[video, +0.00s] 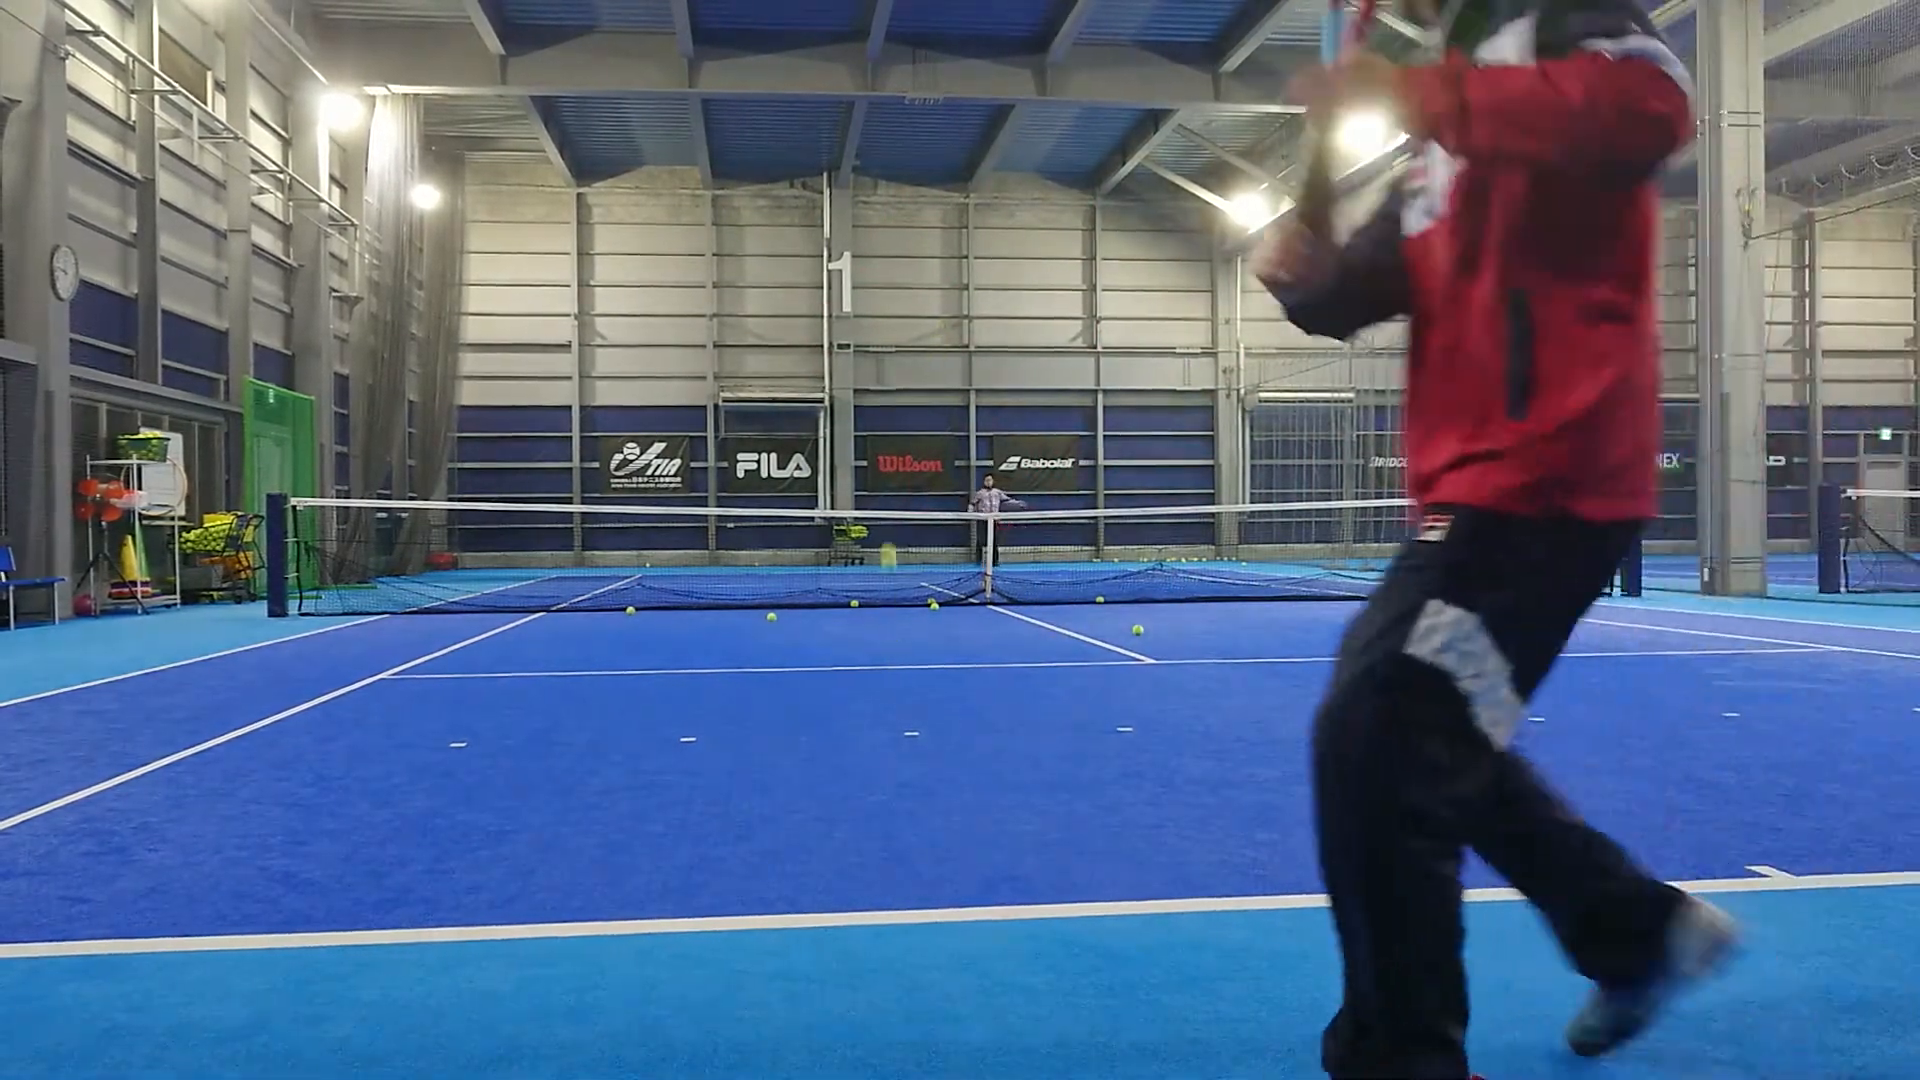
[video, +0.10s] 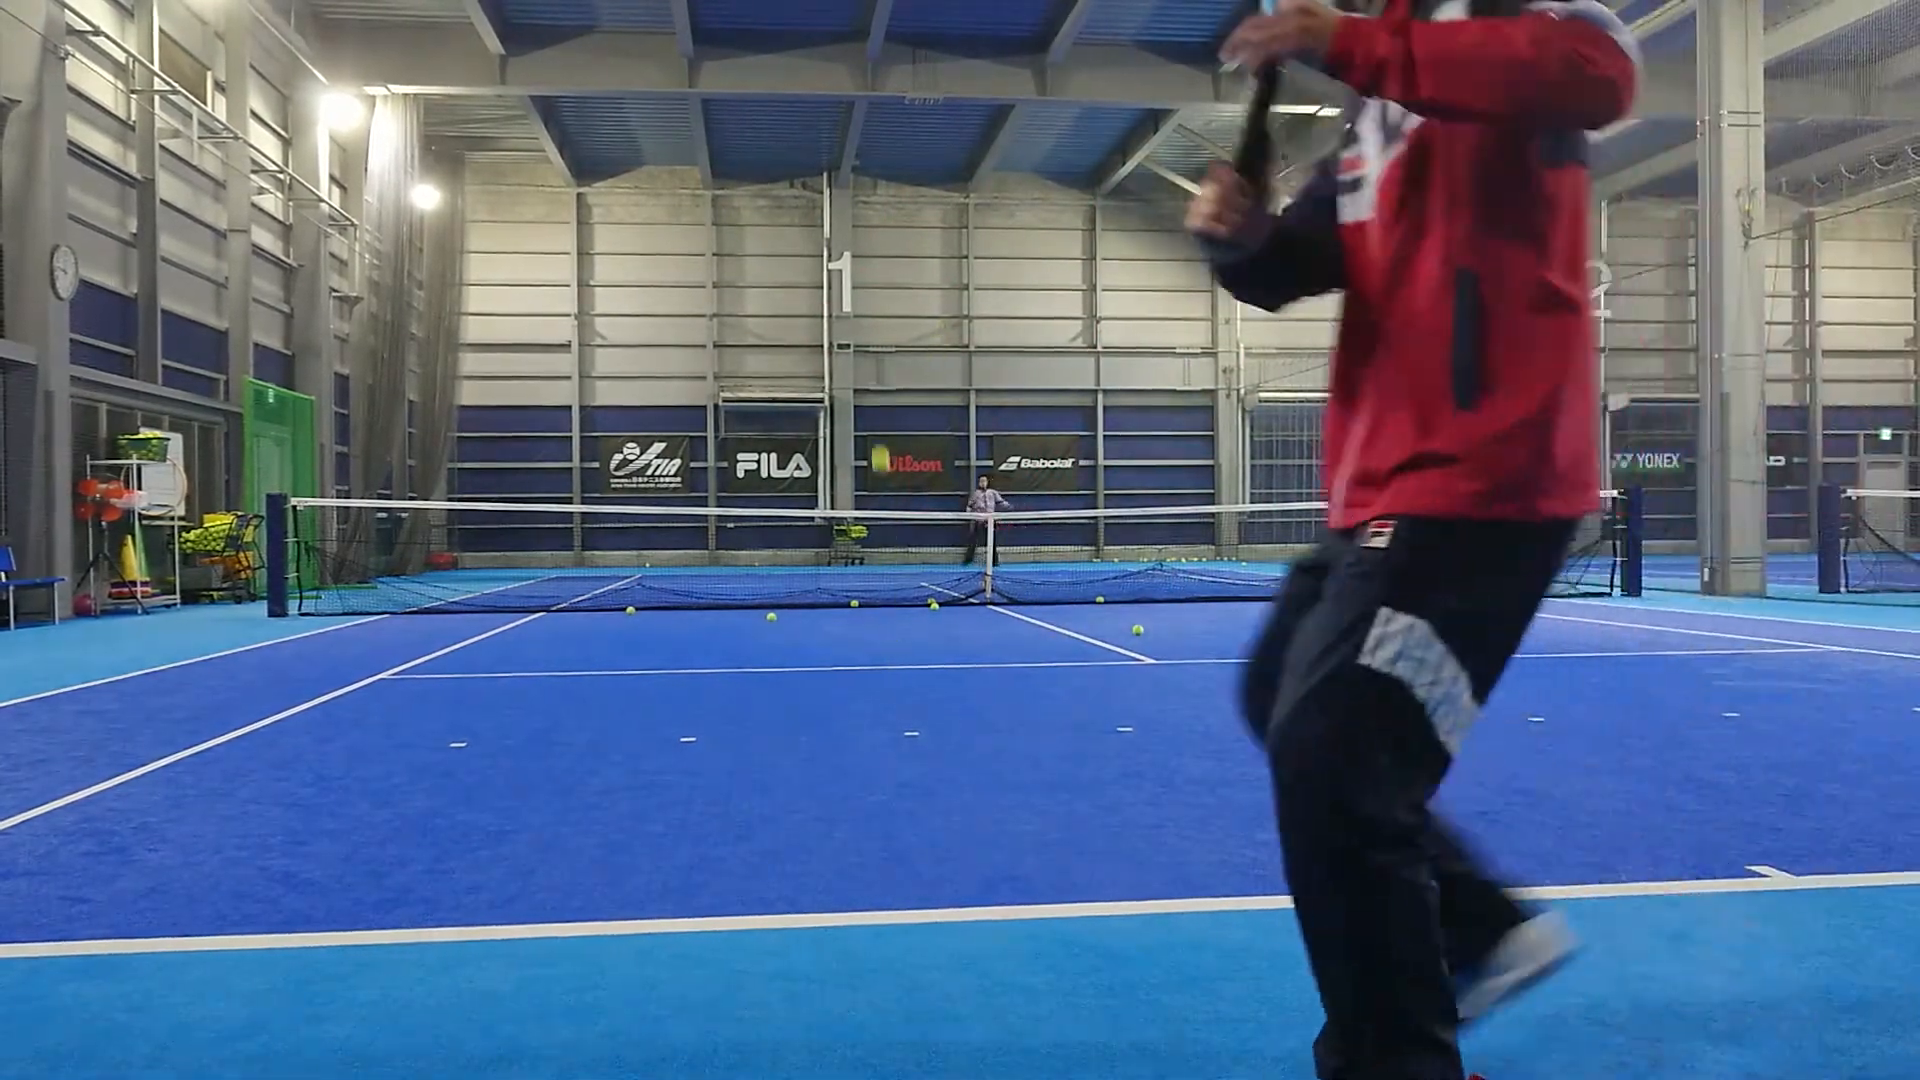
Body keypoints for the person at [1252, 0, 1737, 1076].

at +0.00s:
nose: (1388, 49)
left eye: (1395, 29)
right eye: (1383, 41)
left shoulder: (1580, 41)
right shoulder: (1459, 160)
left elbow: (1650, 109)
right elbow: (1380, 285)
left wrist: (1418, 89)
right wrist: (1315, 276)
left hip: (1557, 484)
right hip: (1475, 486)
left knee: (1381, 732)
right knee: (1396, 737)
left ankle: (1402, 1057)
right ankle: (1639, 936)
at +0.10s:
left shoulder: (1516, 26)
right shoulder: (1370, 120)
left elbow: (1599, 76)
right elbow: (1291, 269)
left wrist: (1354, 44)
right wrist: (1245, 237)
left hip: (1494, 476)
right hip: (1391, 478)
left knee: (1334, 752)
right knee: (1284, 698)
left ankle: (1392, 1057)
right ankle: (1481, 928)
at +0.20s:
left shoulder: (1450, 24)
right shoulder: (1303, 98)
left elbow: (1556, 63)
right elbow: (1234, 247)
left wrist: (1313, 25)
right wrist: (1182, 210)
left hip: (1430, 469)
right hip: (1320, 472)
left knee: (1310, 757)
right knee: (1212, 706)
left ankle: (1392, 1056)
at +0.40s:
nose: (1176, 10)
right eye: (1177, 10)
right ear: (1199, 11)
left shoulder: (1358, 29)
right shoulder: (1197, 94)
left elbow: (1493, 126)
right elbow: (1119, 240)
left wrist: (1310, 112)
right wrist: (1090, 195)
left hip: (1331, 479)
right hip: (1231, 486)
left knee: (1227, 758)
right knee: (1133, 723)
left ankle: (1382, 1057)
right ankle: (1141, 999)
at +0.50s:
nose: (1122, 9)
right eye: (1120, 6)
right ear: (1149, 7)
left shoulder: (1305, 31)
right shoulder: (1153, 95)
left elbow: (1436, 165)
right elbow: (1059, 240)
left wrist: (1315, 279)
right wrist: (1054, 238)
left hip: (1285, 481)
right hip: (1196, 482)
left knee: (1160, 749)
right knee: (1108, 725)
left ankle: (1359, 1041)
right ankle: (1139, 998)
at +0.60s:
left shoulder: (1215, 21)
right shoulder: (1192, 51)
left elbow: (1338, 201)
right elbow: (1116, 167)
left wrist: (1276, 404)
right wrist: (999, 257)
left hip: (1212, 470)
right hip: (1224, 472)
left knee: (1125, 723)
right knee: (1158, 729)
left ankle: (1276, 979)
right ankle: (1139, 993)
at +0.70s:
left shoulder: (1131, 27)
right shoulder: (1309, 14)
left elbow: (1156, 225)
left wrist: (1070, 397)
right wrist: (1033, 152)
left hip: (1188, 443)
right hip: (1306, 434)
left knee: (1140, 707)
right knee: (1226, 725)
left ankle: (1271, 958)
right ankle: (1145, 981)